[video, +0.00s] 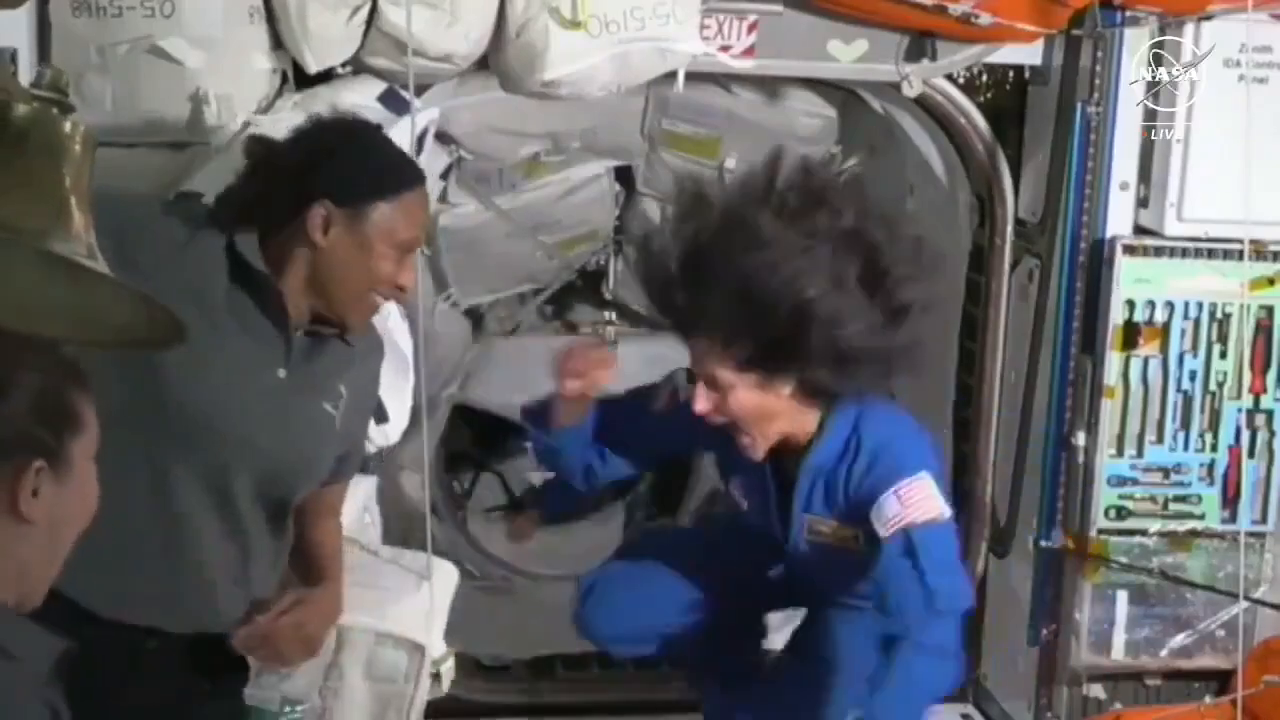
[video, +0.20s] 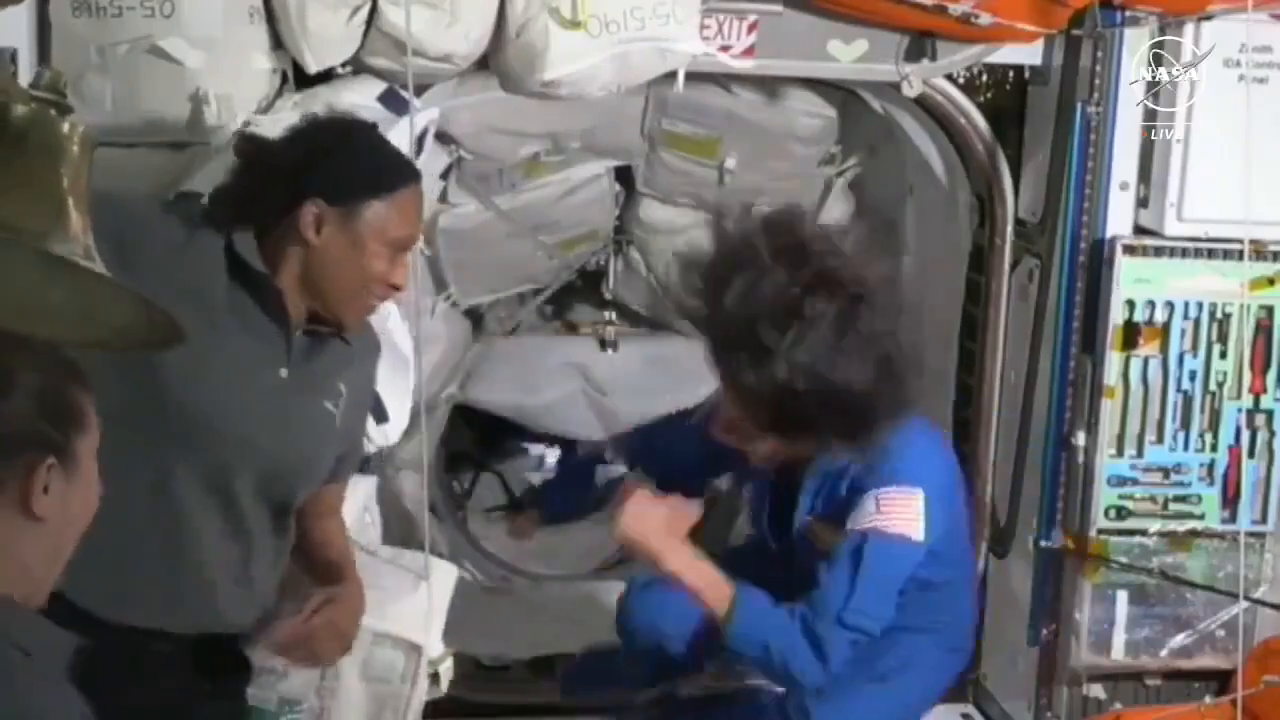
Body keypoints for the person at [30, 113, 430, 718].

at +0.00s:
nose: (407, 284)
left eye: (414, 257)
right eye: (400, 251)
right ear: (322, 225)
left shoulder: (354, 361)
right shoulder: (145, 248)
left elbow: (320, 509)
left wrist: (325, 596)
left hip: (203, 670)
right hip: (55, 638)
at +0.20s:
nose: (400, 281)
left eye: (407, 256)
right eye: (394, 250)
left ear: (315, 224)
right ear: (315, 223)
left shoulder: (350, 355)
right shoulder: (146, 253)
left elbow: (320, 508)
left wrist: (347, 586)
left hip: (210, 667)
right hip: (65, 641)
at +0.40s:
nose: (389, 280)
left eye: (396, 254)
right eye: (381, 248)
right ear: (298, 219)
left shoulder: (345, 343)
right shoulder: (137, 253)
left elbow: (321, 505)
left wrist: (362, 576)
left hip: (220, 667)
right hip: (84, 647)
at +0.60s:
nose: (367, 263)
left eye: (380, 240)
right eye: (349, 231)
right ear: (262, 205)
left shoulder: (346, 342)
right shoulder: (139, 248)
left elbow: (326, 500)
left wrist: (365, 559)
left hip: (223, 664)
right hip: (86, 645)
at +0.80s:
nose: (281, 226)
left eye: (319, 212)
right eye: (266, 192)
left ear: (361, 239)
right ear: (237, 186)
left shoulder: (353, 347)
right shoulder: (142, 246)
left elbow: (344, 521)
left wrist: (354, 566)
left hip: (218, 645)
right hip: (77, 616)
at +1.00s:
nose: (271, 221)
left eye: (310, 207)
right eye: (260, 188)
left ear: (357, 237)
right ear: (234, 186)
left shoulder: (357, 354)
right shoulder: (162, 244)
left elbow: (358, 524)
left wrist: (357, 561)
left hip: (212, 639)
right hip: (72, 599)